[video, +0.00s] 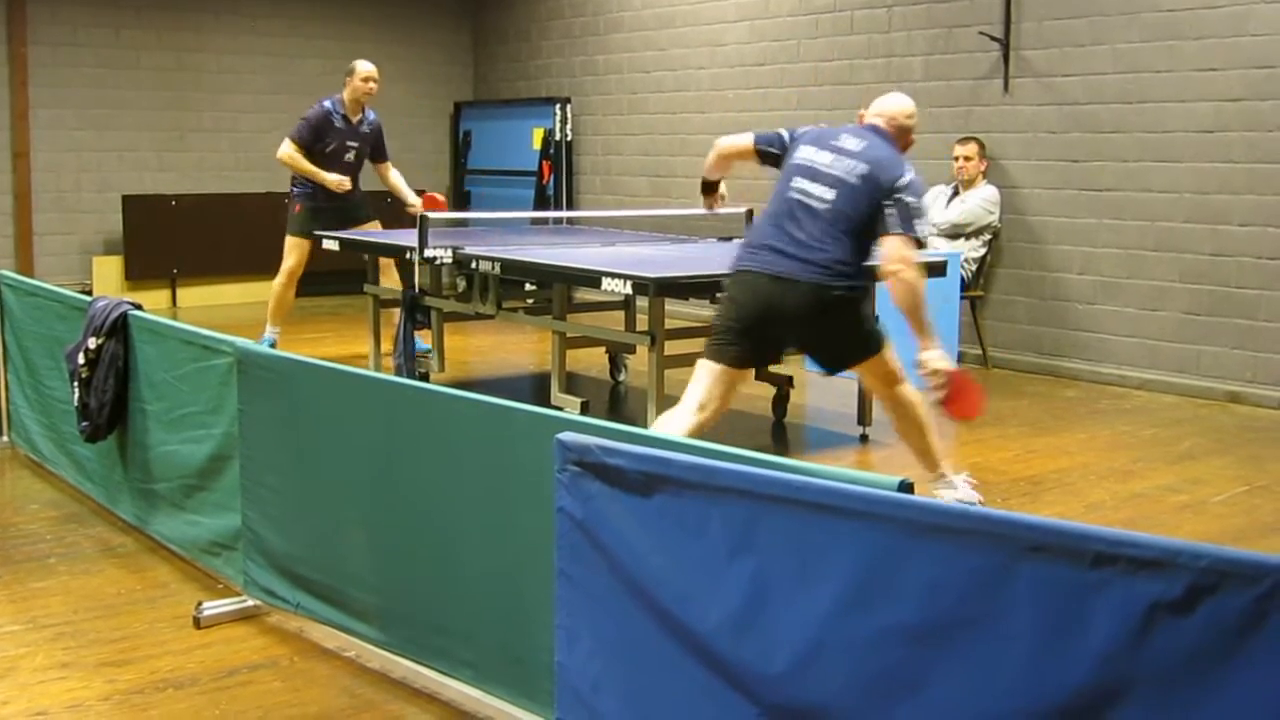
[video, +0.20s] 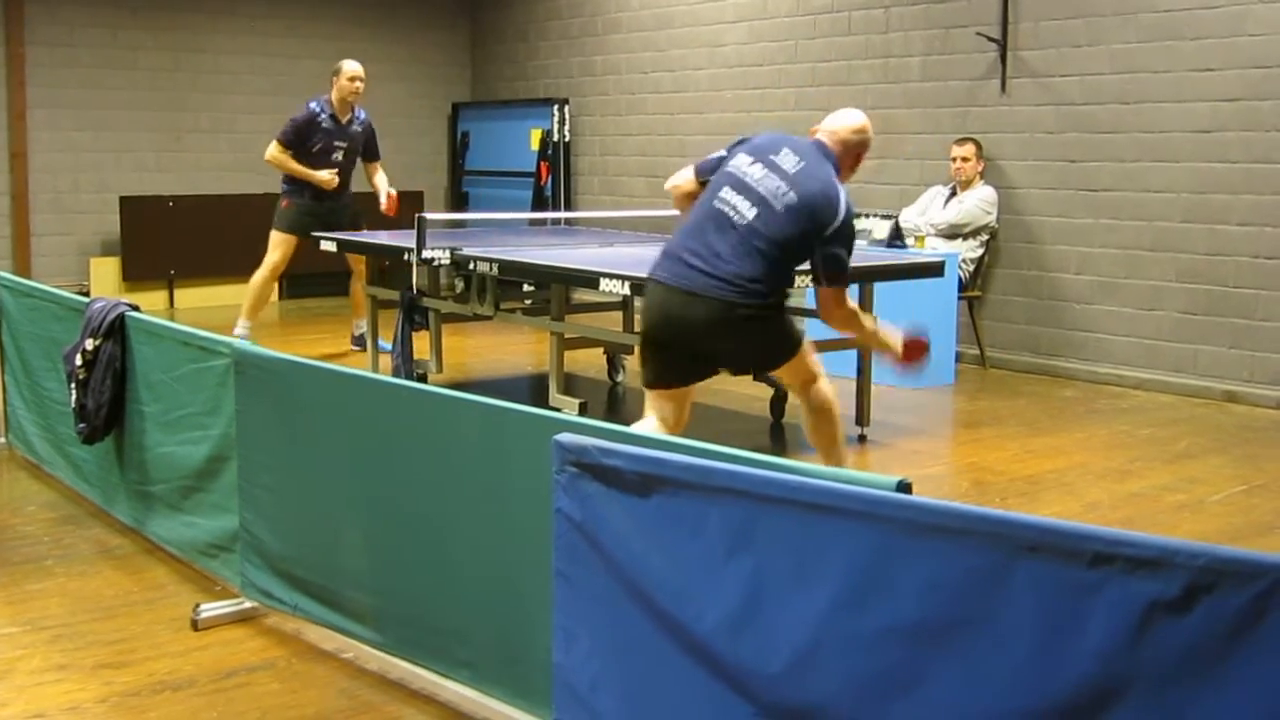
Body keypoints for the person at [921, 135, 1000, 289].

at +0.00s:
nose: (960, 165)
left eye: (967, 159)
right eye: (956, 159)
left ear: (983, 165)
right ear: (952, 163)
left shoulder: (989, 195)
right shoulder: (938, 192)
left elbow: (956, 223)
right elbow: (912, 219)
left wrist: (929, 220)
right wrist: (941, 231)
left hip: (956, 270)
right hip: (924, 263)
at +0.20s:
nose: (958, 166)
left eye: (965, 160)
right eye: (954, 160)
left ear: (980, 165)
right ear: (950, 164)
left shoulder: (986, 195)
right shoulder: (937, 191)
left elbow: (952, 224)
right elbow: (904, 219)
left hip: (951, 271)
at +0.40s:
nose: (954, 167)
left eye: (961, 162)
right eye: (950, 162)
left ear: (976, 167)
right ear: (946, 166)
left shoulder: (983, 197)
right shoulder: (934, 193)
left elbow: (951, 225)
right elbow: (901, 221)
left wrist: (914, 226)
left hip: (947, 273)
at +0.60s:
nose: (952, 174)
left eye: (960, 168)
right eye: (949, 168)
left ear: (977, 173)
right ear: (945, 171)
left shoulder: (984, 204)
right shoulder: (935, 200)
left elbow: (952, 232)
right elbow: (902, 228)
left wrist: (914, 232)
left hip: (949, 280)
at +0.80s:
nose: (949, 181)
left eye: (956, 176)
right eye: (947, 176)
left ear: (974, 182)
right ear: (944, 178)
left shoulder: (985, 212)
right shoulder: (936, 208)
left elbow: (951, 241)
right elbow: (903, 236)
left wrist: (915, 241)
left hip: (950, 289)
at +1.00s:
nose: (954, 191)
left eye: (961, 186)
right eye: (952, 185)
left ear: (980, 192)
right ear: (949, 187)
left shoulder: (991, 222)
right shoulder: (941, 218)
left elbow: (957, 251)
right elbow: (914, 245)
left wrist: (929, 246)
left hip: (957, 298)